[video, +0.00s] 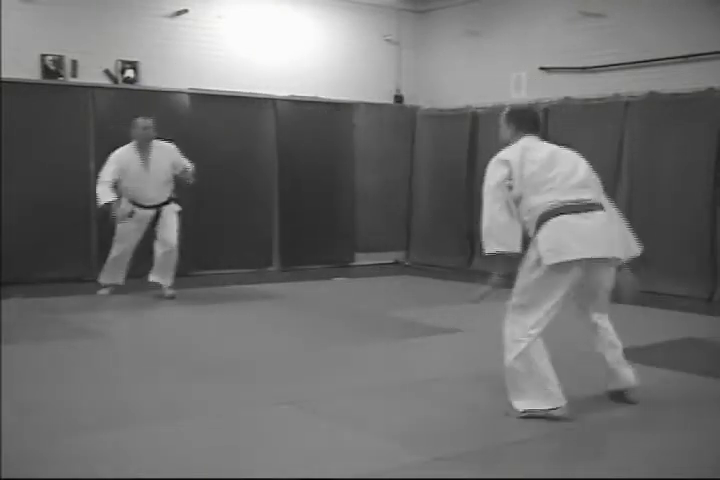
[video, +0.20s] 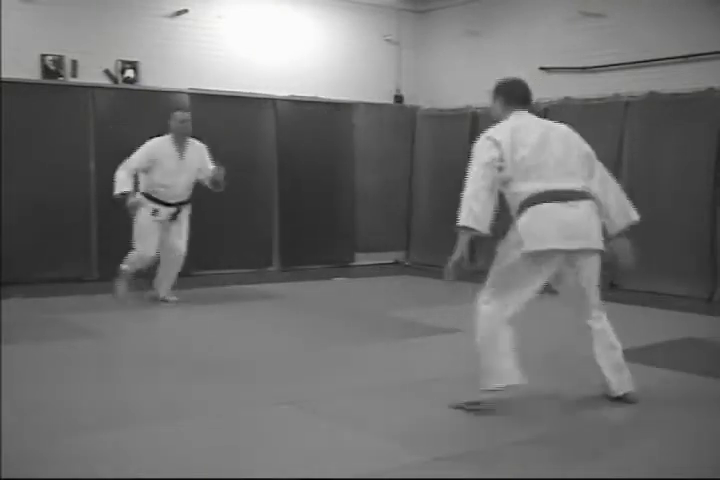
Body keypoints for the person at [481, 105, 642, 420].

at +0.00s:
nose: (501, 133)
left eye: (502, 127)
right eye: (501, 127)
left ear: (511, 129)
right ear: (537, 128)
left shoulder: (505, 160)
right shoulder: (569, 155)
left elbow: (497, 215)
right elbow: (603, 204)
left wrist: (500, 269)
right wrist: (624, 255)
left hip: (558, 241)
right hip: (603, 236)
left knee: (522, 322)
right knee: (596, 313)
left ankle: (545, 401)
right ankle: (623, 378)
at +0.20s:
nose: (491, 110)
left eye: (493, 105)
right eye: (491, 105)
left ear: (500, 104)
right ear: (528, 103)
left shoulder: (494, 137)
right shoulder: (565, 133)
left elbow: (479, 186)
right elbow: (600, 180)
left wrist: (463, 241)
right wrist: (619, 231)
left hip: (537, 224)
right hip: (584, 220)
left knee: (494, 304)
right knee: (593, 310)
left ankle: (498, 384)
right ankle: (621, 385)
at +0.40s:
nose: (478, 98)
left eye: (479, 92)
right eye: (479, 92)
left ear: (487, 92)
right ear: (515, 92)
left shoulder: (481, 127)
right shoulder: (550, 126)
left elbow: (458, 180)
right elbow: (571, 181)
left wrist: (450, 236)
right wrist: (576, 226)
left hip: (512, 221)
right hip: (559, 219)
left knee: (473, 305)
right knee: (560, 293)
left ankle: (460, 393)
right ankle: (590, 366)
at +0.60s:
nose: (477, 94)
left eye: (478, 88)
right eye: (478, 88)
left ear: (486, 88)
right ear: (514, 88)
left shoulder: (478, 123)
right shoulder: (547, 124)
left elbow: (452, 172)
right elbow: (555, 170)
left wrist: (444, 213)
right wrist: (532, 198)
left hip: (505, 218)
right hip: (550, 217)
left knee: (461, 299)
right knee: (552, 296)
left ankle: (451, 387)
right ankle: (568, 372)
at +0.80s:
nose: (464, 116)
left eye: (464, 112)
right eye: (464, 112)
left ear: (470, 112)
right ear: (501, 112)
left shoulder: (461, 144)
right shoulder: (533, 146)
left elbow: (425, 193)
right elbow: (549, 197)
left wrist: (419, 227)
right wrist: (546, 235)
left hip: (494, 235)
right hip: (542, 233)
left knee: (442, 306)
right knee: (545, 301)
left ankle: (433, 389)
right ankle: (567, 375)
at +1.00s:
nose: (461, 127)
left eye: (463, 122)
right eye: (463, 122)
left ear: (469, 125)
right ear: (499, 127)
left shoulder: (450, 155)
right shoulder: (529, 160)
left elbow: (414, 206)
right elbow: (550, 215)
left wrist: (440, 202)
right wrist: (563, 260)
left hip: (491, 248)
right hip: (539, 247)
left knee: (434, 312)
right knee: (537, 298)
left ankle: (433, 390)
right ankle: (570, 368)